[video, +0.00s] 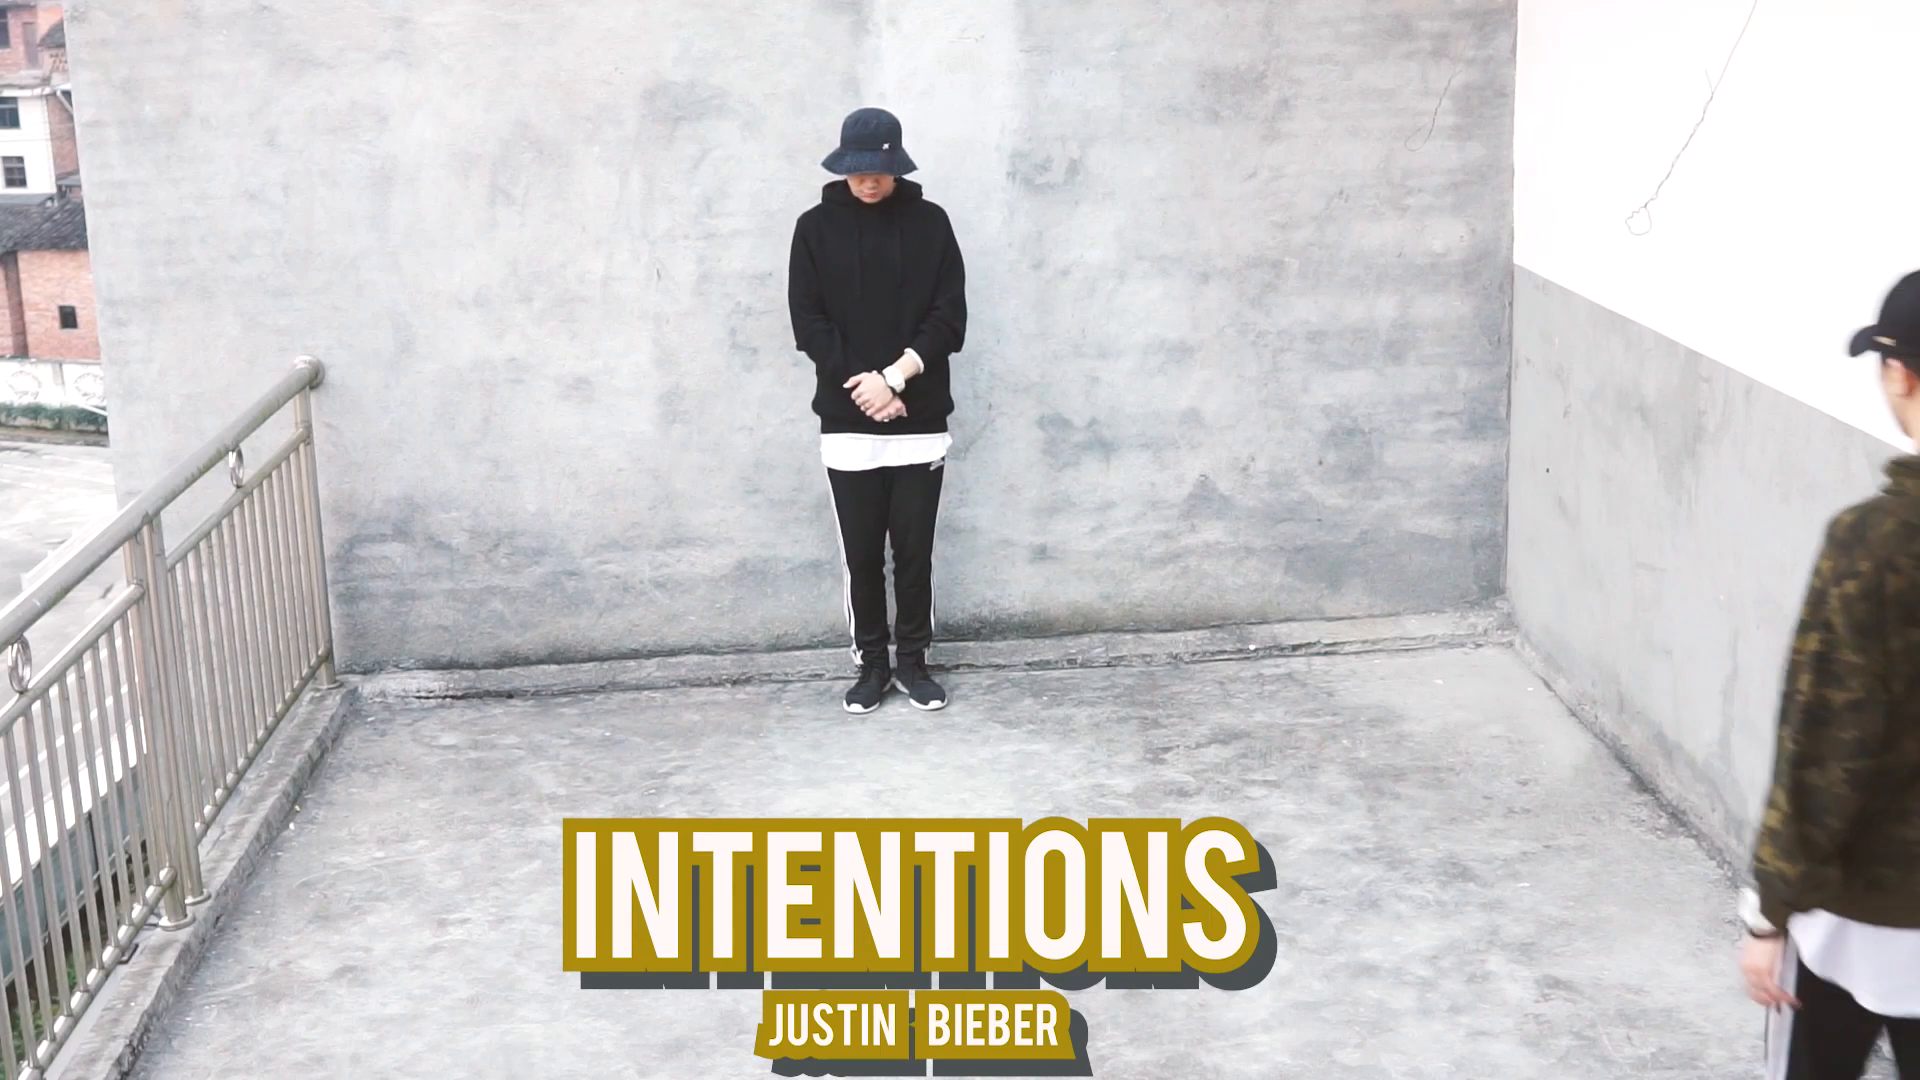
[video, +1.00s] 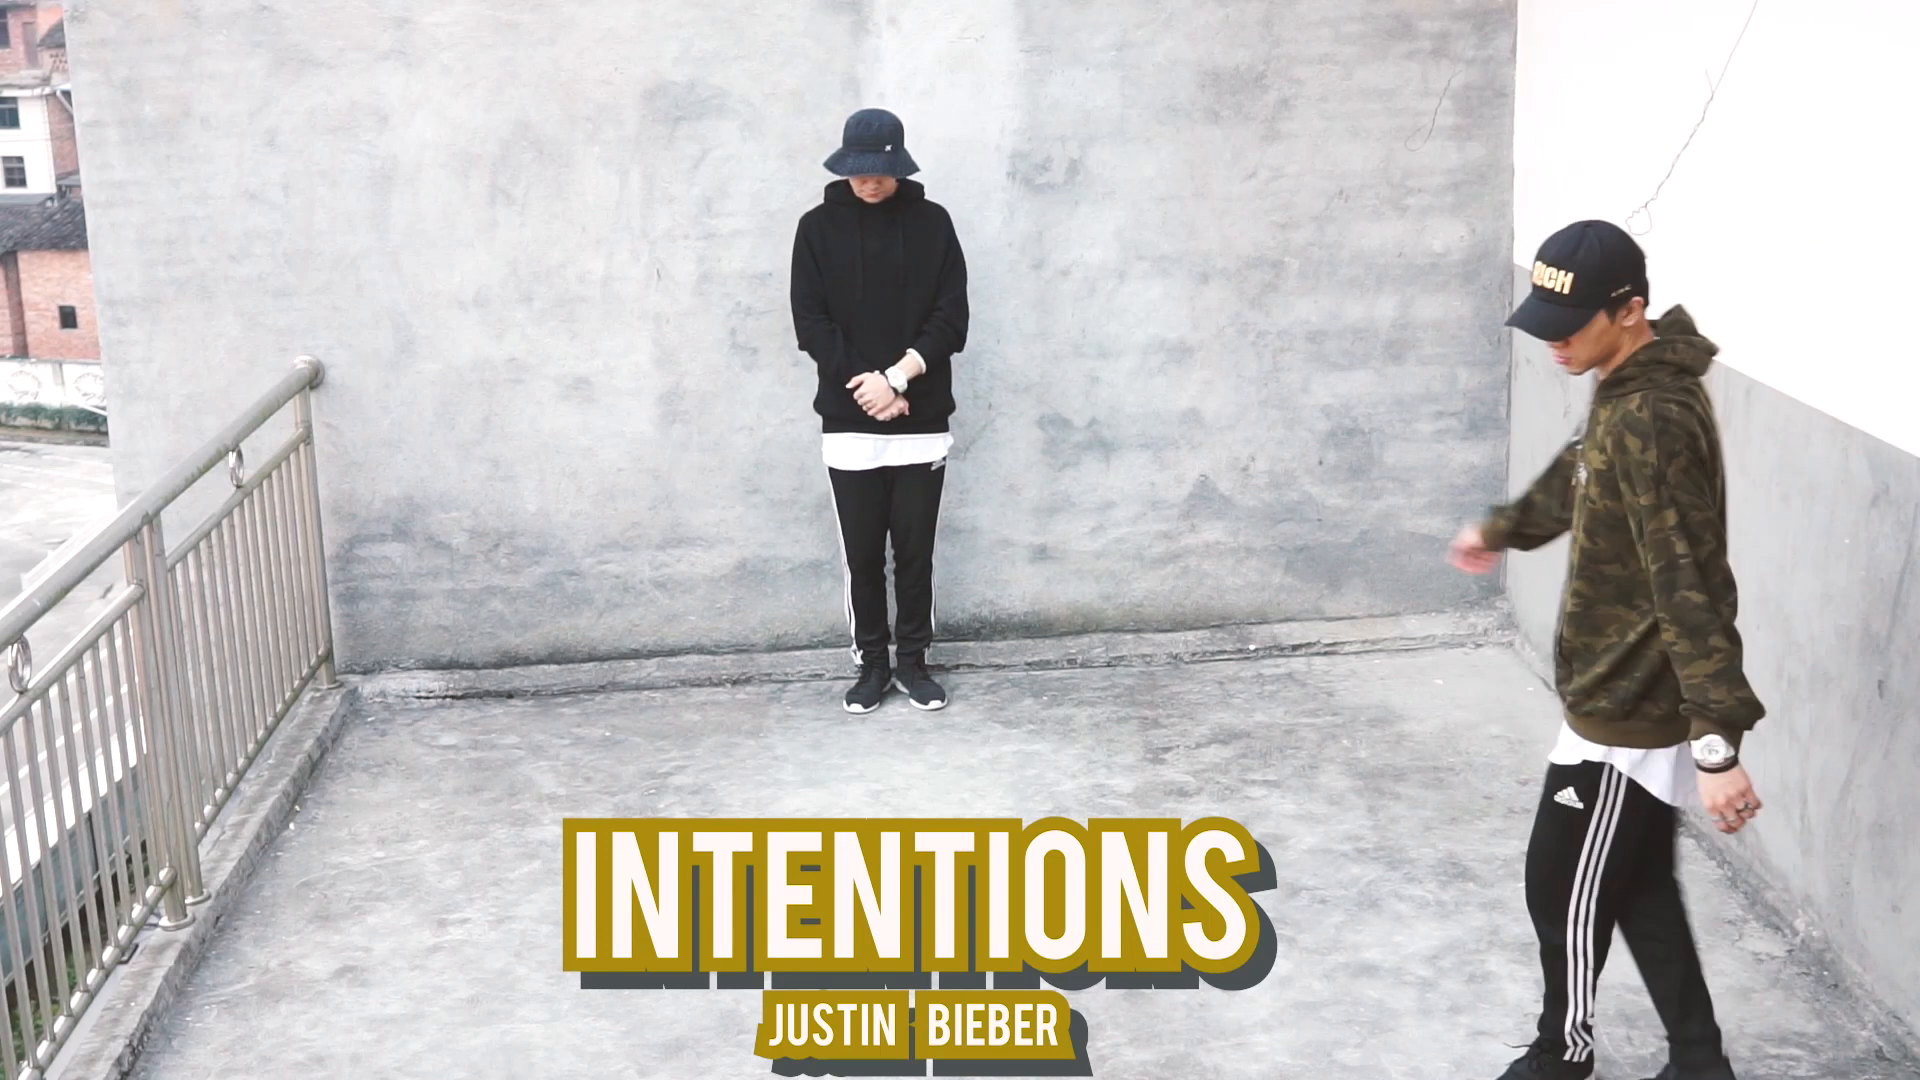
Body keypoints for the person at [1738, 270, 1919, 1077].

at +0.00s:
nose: (1882, 381)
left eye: (1882, 362)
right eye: (1882, 361)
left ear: (1904, 378)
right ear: (1910, 378)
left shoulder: (1880, 538)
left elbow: (1833, 744)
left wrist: (1769, 908)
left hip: (1869, 922)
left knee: (1814, 1067)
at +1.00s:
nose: (1553, 347)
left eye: (1566, 331)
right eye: (1549, 331)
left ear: (1627, 316)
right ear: (1619, 317)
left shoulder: (1647, 416)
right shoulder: (1631, 386)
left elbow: (1687, 585)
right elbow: (1575, 476)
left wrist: (1717, 749)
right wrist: (1504, 530)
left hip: (1624, 712)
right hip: (1632, 703)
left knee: (1563, 888)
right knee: (1641, 886)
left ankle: (1565, 1054)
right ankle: (1697, 1056)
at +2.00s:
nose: (1543, 311)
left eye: (1557, 293)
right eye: (1526, 292)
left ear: (1572, 281)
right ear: (1480, 272)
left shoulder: (1596, 369)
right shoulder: (1424, 378)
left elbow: (1619, 515)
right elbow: (1418, 529)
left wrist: (1563, 615)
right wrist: (1516, 643)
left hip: (1581, 674)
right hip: (1461, 681)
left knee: (1605, 858)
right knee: (1446, 865)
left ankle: (1606, 1004)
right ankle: (1427, 1017)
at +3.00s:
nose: (1545, 316)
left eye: (1560, 299)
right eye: (1529, 297)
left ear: (1581, 282)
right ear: (1490, 269)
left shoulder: (1605, 366)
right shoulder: (1436, 371)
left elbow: (1624, 511)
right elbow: (1424, 521)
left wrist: (1572, 615)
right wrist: (1518, 626)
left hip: (1585, 660)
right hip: (1466, 667)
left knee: (1601, 845)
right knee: (1449, 854)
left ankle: (1582, 992)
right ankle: (1432, 1003)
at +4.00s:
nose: (1556, 303)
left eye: (1571, 286)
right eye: (1540, 284)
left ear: (1591, 274)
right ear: (1500, 261)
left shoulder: (1616, 363)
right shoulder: (1447, 360)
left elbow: (1633, 508)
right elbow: (1436, 512)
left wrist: (1578, 611)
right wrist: (1523, 619)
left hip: (1589, 658)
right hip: (1474, 659)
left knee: (1577, 851)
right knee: (1455, 854)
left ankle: (1571, 998)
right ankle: (1433, 1007)